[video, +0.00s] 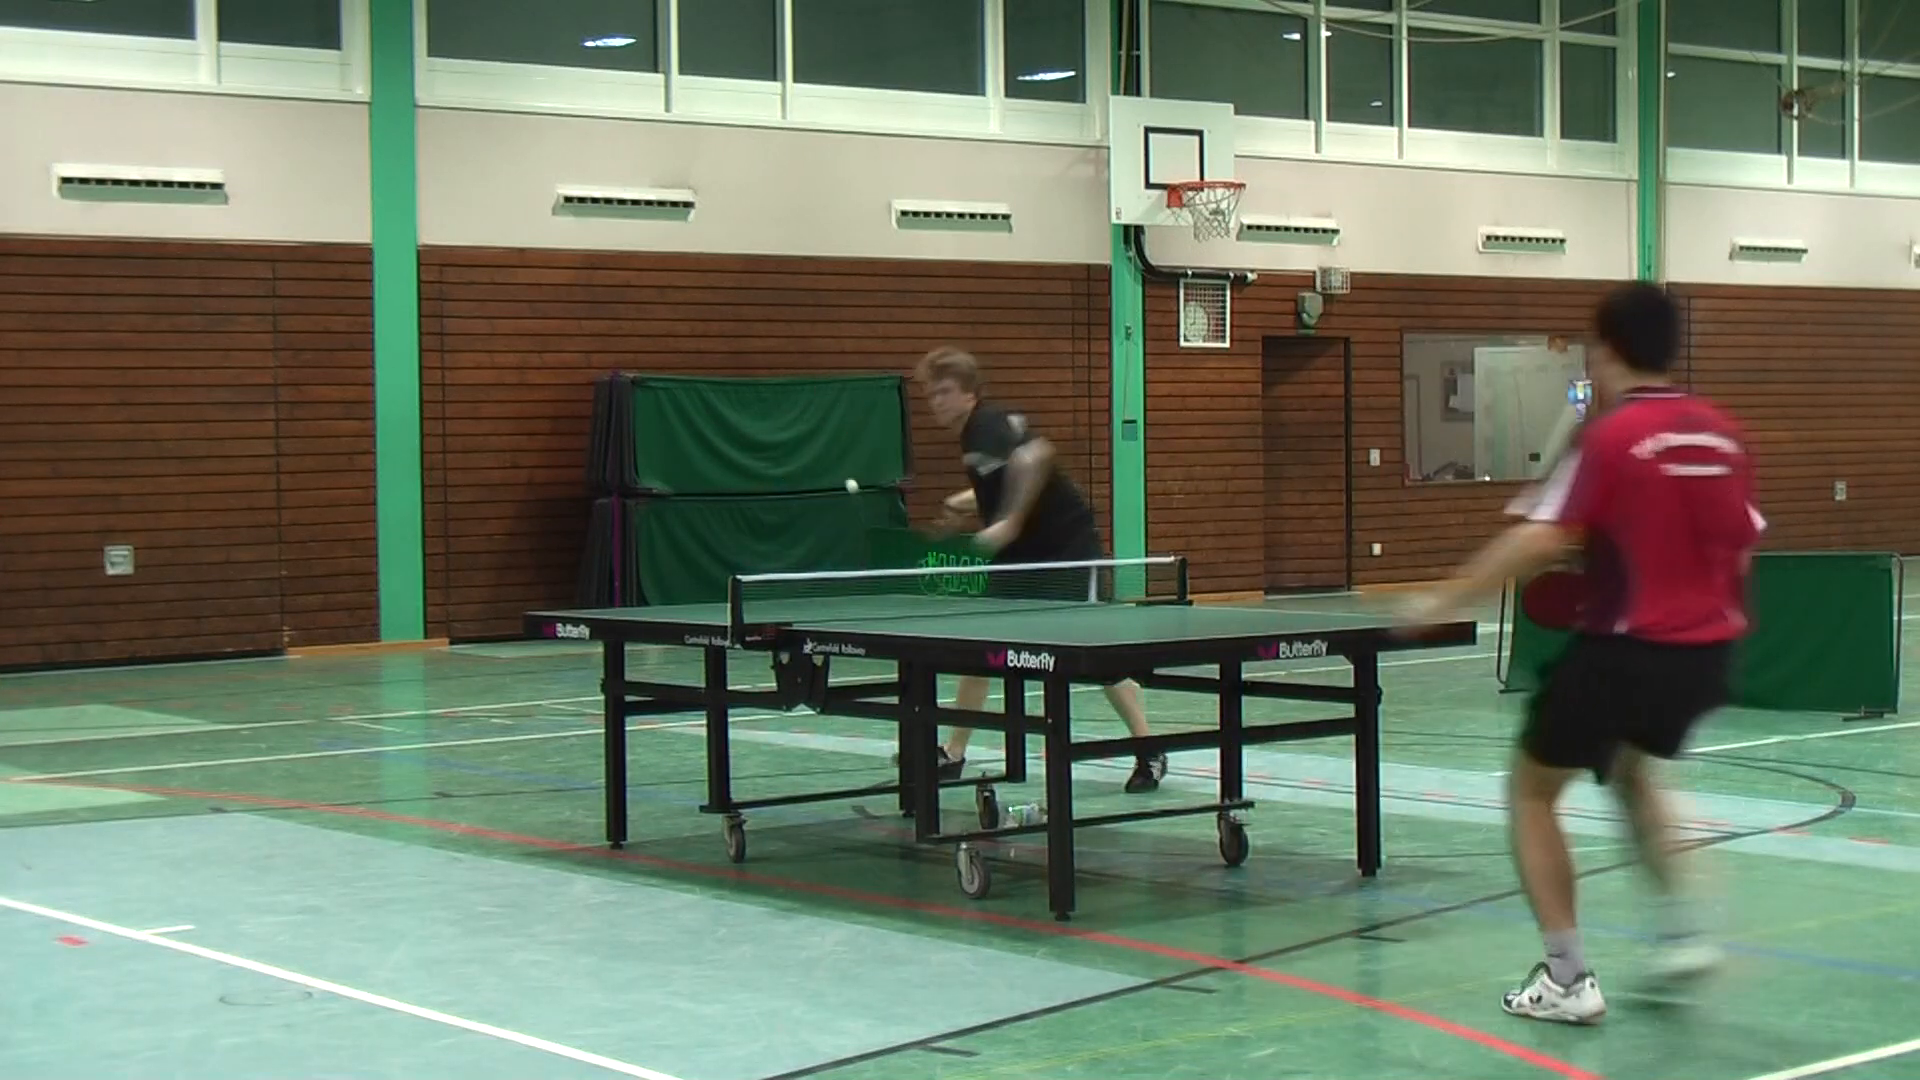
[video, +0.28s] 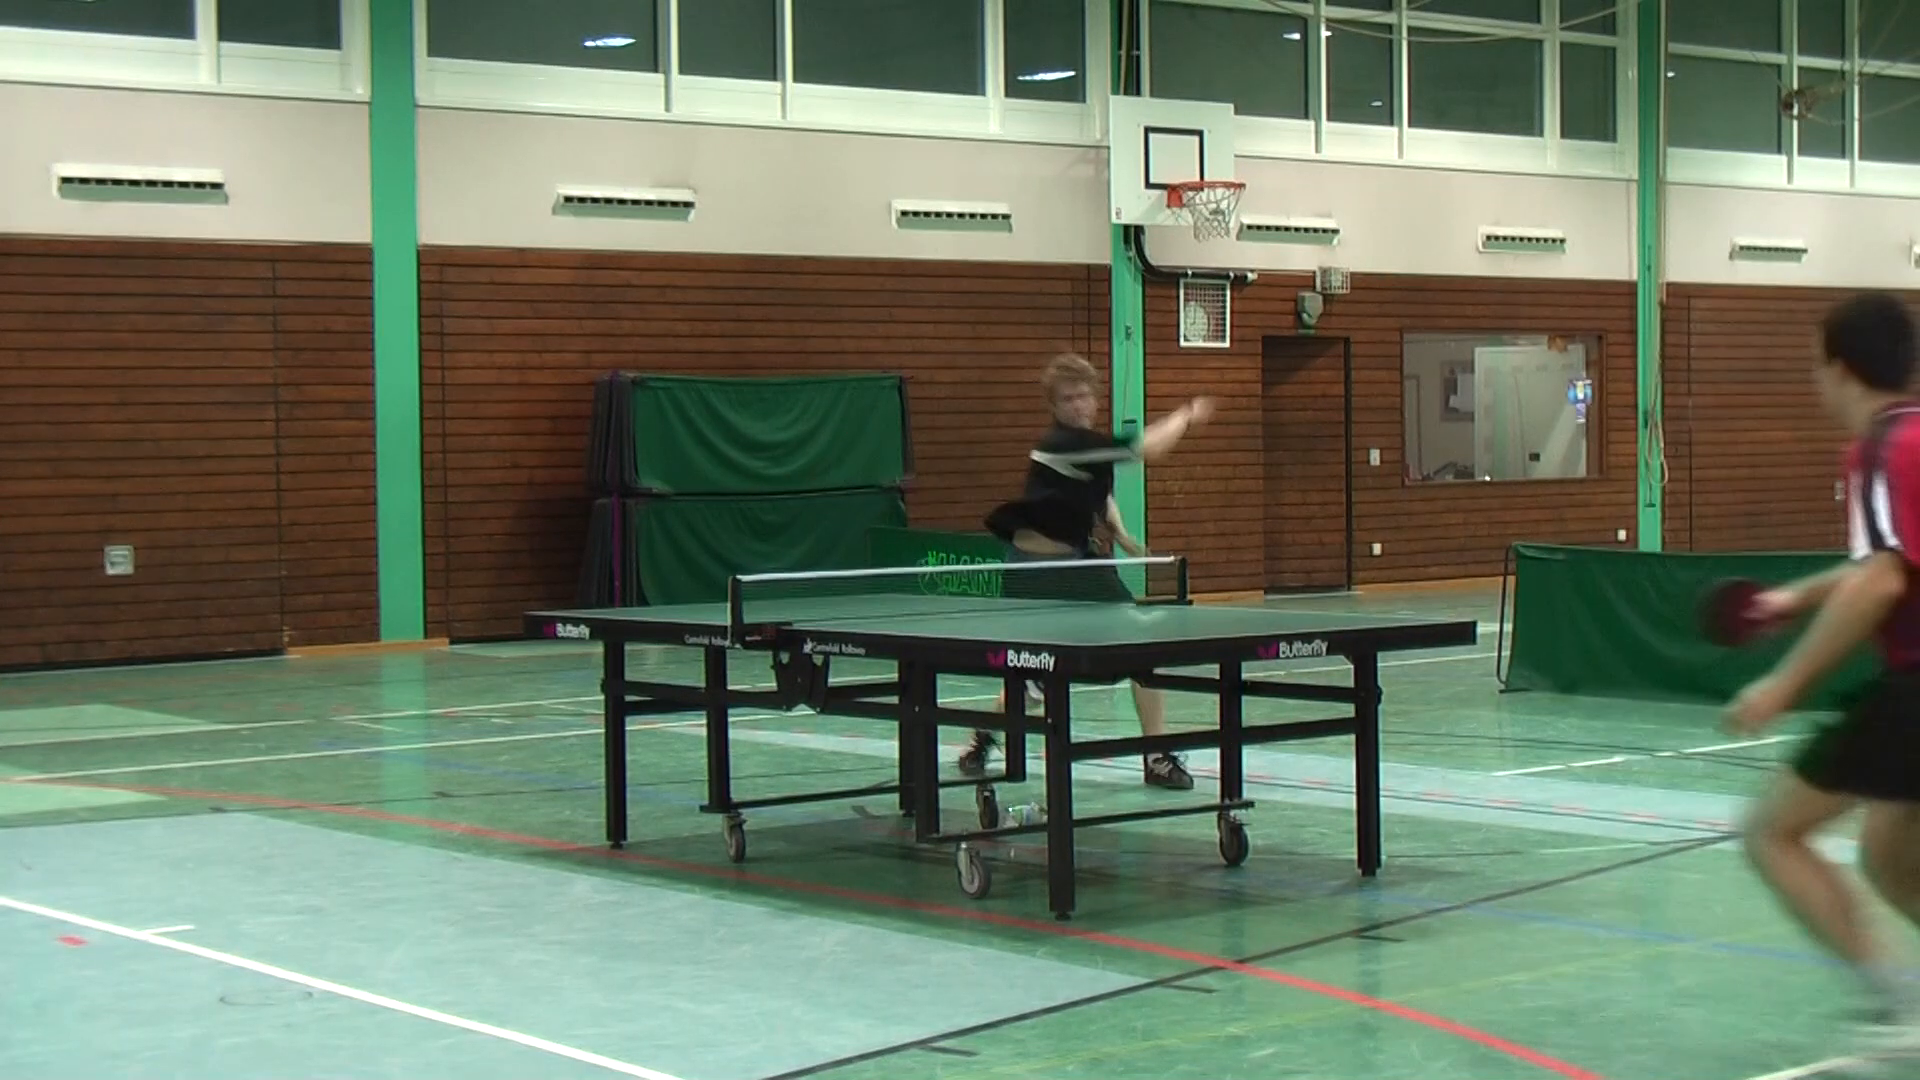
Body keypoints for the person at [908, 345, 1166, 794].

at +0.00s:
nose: (932, 403)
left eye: (940, 393)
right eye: (930, 394)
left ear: (967, 391)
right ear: (940, 394)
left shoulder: (990, 422)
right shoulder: (973, 433)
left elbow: (1035, 452)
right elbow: (1005, 481)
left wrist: (1010, 519)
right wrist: (969, 500)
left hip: (1068, 551)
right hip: (1020, 555)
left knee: (1096, 651)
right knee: (979, 649)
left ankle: (1148, 747)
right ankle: (952, 752)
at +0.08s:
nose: (970, 382)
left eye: (978, 371)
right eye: (967, 374)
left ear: (1005, 368)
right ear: (970, 376)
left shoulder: (1055, 404)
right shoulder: (983, 435)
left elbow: (1113, 442)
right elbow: (945, 497)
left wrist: (1059, 478)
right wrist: (885, 490)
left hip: (1083, 559)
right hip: (1019, 562)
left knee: (1116, 655)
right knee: (979, 650)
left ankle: (1148, 753)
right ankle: (964, 749)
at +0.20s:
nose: (1038, 387)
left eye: (1046, 377)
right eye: (1030, 380)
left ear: (1066, 380)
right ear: (1022, 387)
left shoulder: (1091, 430)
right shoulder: (1022, 438)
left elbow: (1116, 484)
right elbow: (1022, 494)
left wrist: (1077, 499)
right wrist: (1010, 528)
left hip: (1092, 560)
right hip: (1034, 564)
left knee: (1136, 651)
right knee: (1014, 654)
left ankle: (1154, 744)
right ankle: (993, 735)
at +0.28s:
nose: (1080, 406)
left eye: (1085, 396)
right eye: (1068, 399)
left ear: (1096, 398)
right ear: (1053, 404)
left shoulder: (1092, 444)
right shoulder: (1062, 441)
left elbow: (1103, 504)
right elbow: (1146, 448)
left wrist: (1131, 543)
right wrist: (1185, 414)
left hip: (1084, 572)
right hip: (1038, 574)